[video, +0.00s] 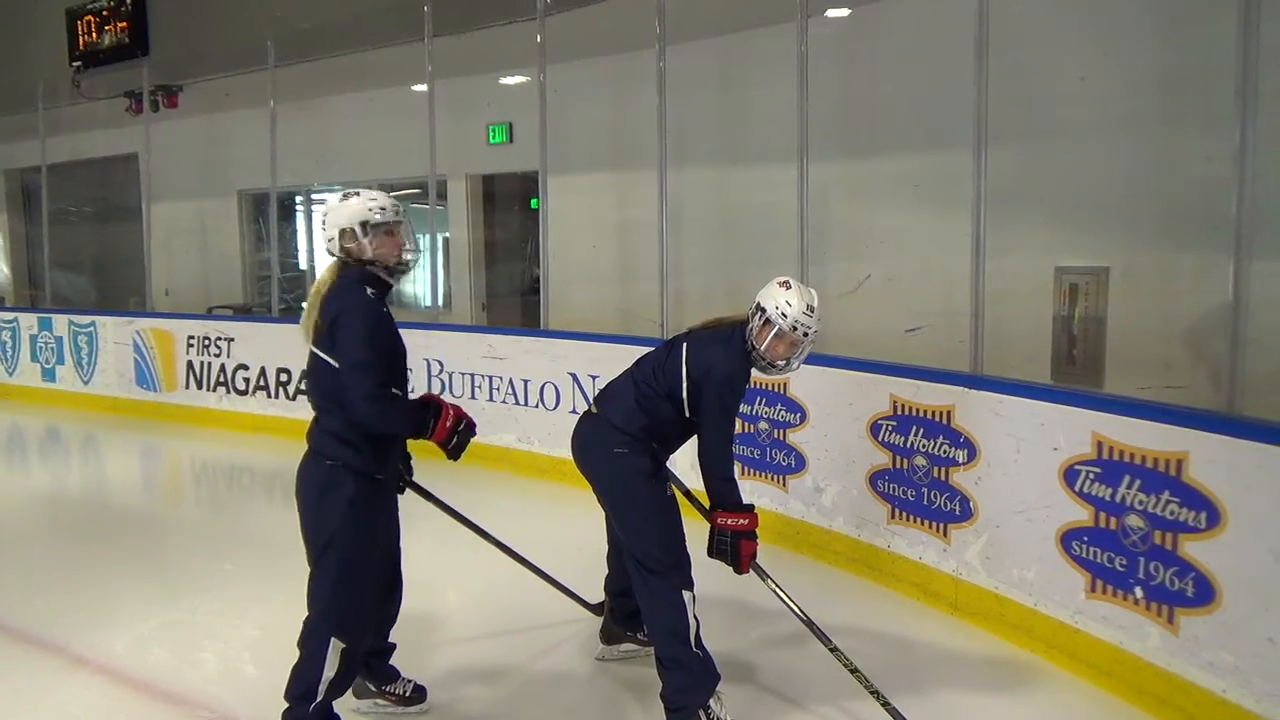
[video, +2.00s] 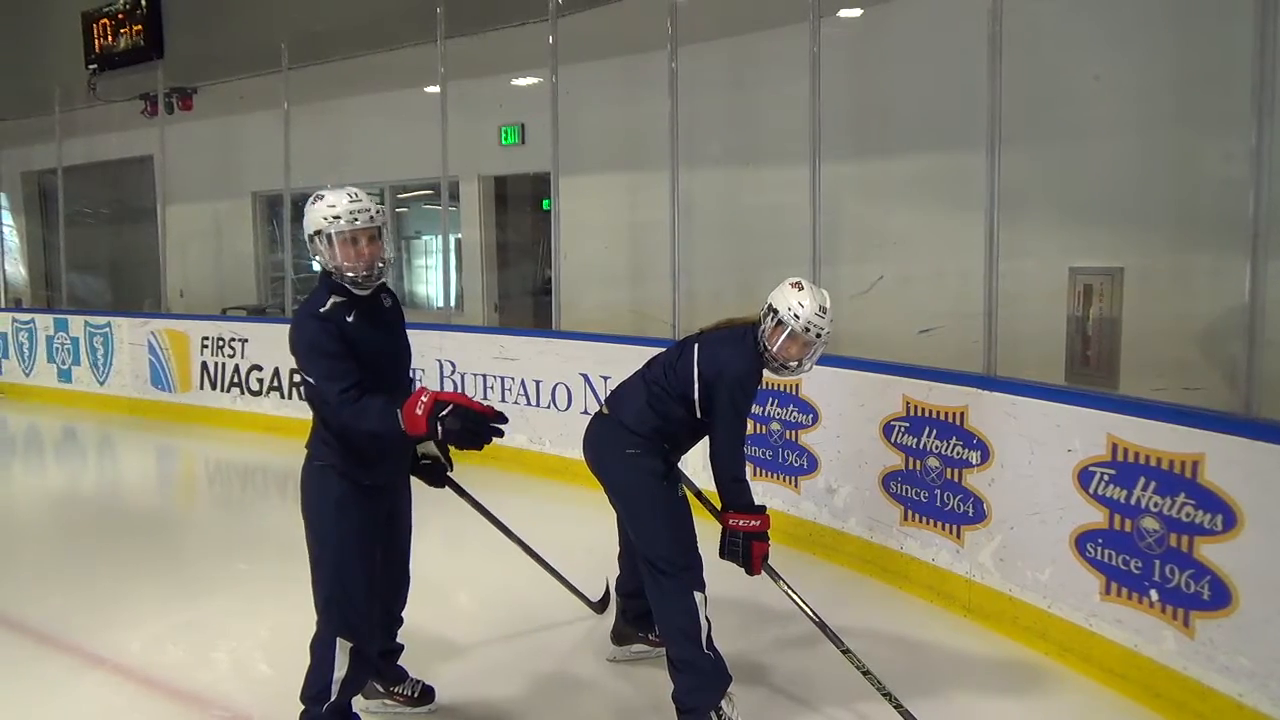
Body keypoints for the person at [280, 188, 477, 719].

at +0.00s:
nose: (400, 241)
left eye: (400, 231)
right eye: (387, 232)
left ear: (391, 238)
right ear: (356, 240)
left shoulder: (359, 295)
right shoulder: (354, 301)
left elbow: (351, 392)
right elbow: (365, 399)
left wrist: (390, 448)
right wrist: (429, 417)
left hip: (363, 469)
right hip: (342, 475)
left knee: (378, 579)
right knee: (341, 598)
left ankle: (372, 672)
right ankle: (307, 708)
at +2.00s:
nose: (361, 253)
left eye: (368, 239)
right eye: (346, 243)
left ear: (381, 242)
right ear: (324, 251)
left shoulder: (385, 303)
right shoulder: (317, 320)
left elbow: (394, 387)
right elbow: (344, 408)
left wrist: (417, 447)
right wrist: (423, 415)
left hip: (386, 466)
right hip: (339, 474)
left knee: (388, 576)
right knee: (346, 599)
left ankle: (378, 668)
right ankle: (325, 707)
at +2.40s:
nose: (379, 258)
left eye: (381, 244)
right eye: (363, 250)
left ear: (388, 241)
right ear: (332, 260)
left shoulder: (388, 302)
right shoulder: (324, 323)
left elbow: (400, 386)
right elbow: (345, 411)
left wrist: (428, 429)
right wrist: (396, 452)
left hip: (383, 473)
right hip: (338, 477)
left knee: (385, 581)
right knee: (350, 594)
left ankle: (373, 673)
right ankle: (326, 704)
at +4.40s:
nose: (397, 245)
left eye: (396, 233)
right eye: (384, 235)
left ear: (375, 239)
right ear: (351, 242)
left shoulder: (364, 297)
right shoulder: (345, 305)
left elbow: (371, 391)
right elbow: (356, 399)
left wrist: (397, 447)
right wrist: (430, 412)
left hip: (375, 469)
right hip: (349, 474)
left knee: (387, 580)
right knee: (347, 601)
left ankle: (377, 671)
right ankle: (318, 708)